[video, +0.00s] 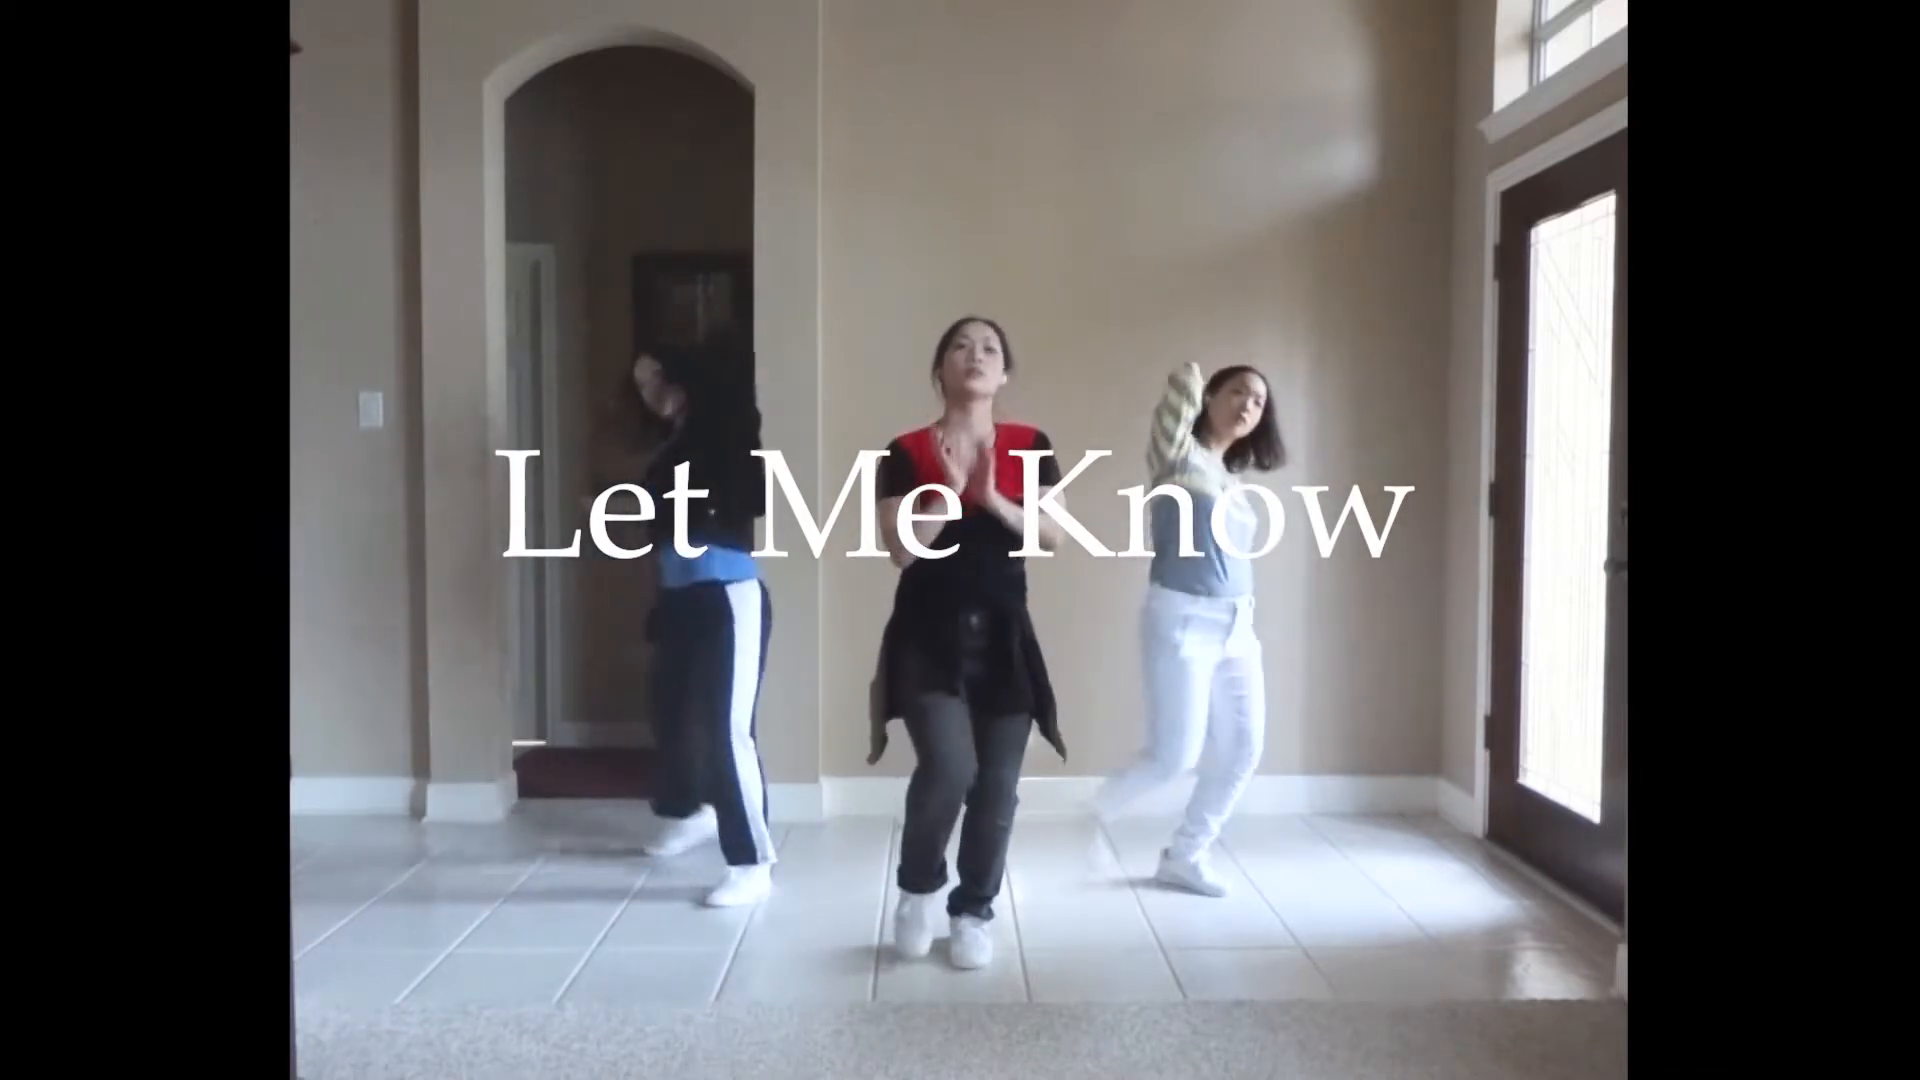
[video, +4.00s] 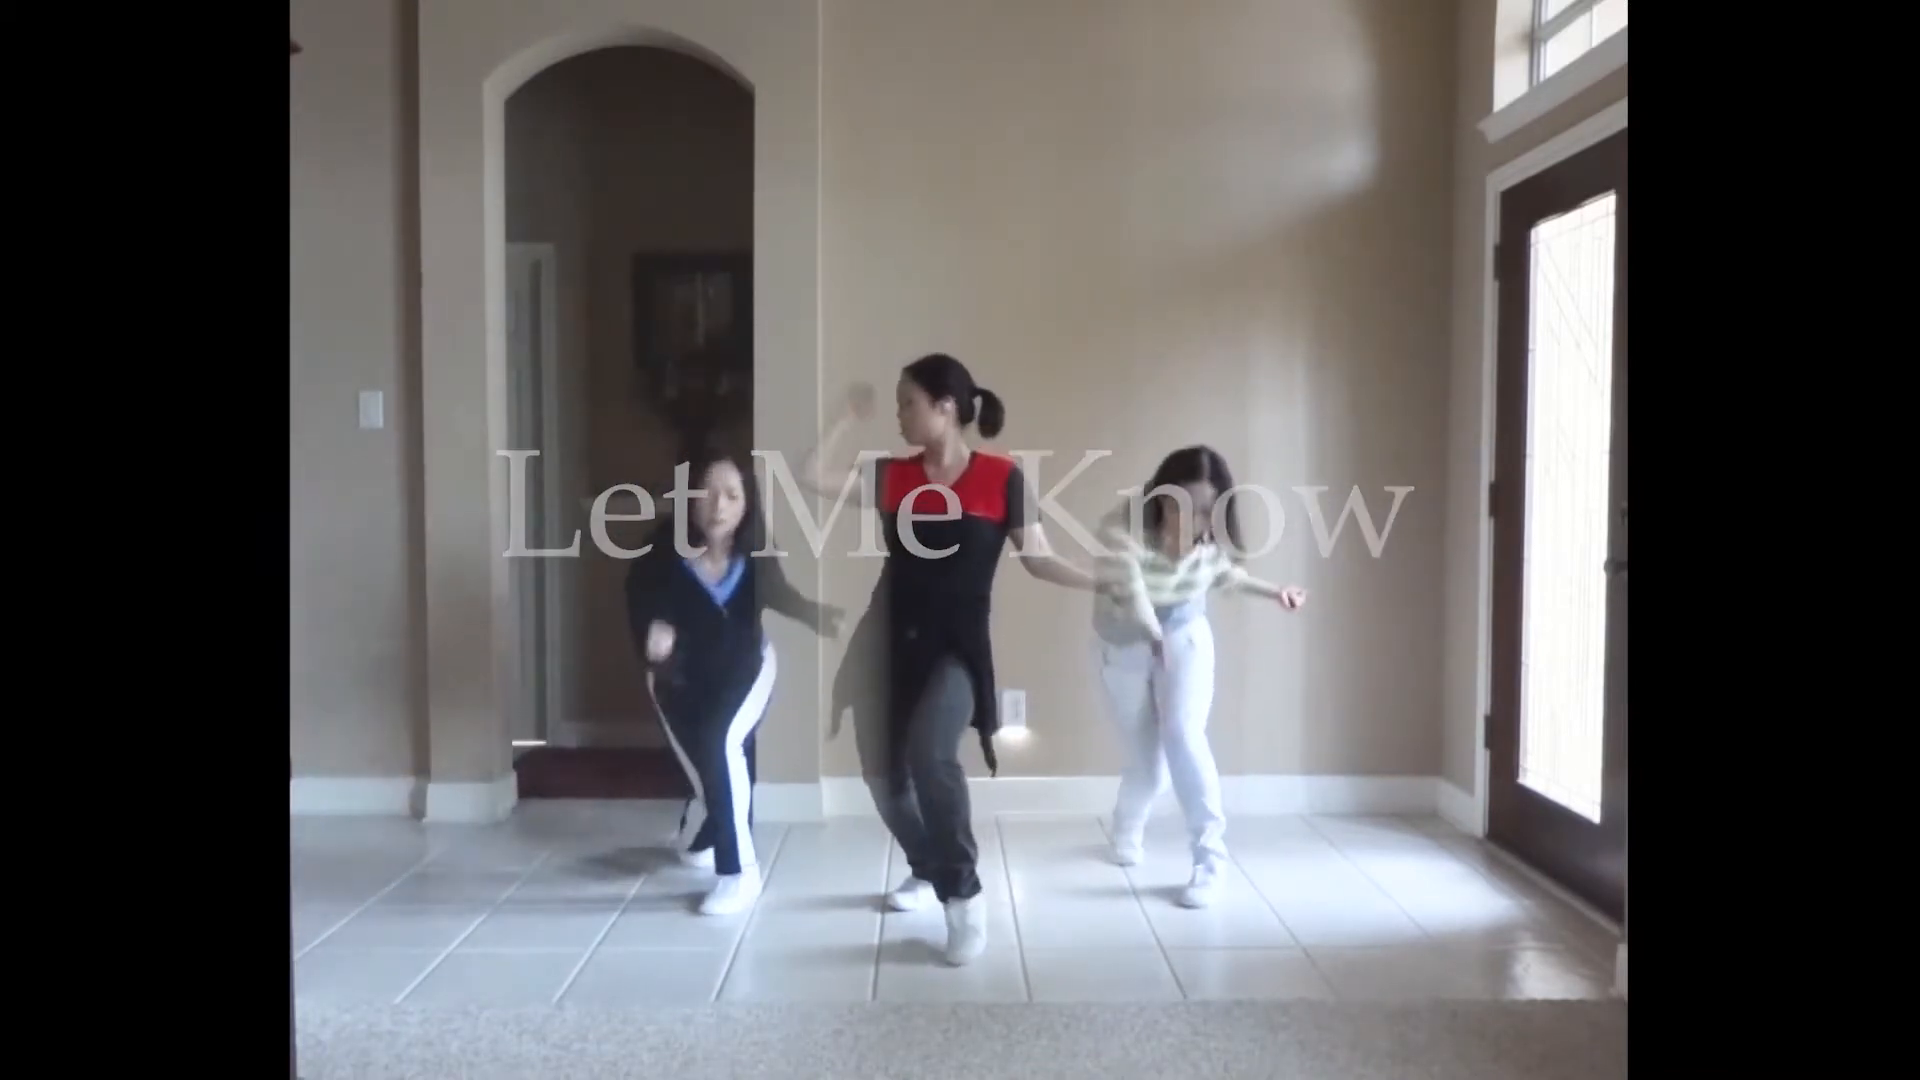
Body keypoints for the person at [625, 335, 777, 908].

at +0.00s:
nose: (651, 397)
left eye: (656, 385)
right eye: (644, 389)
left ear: (682, 380)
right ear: (649, 394)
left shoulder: (723, 432)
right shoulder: (672, 443)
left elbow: (746, 513)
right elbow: (662, 520)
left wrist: (684, 505)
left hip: (730, 592)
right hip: (681, 591)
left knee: (728, 727)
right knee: (672, 707)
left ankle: (752, 864)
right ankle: (685, 812)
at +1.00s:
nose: (714, 388)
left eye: (727, 378)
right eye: (704, 377)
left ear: (746, 388)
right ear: (689, 386)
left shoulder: (770, 453)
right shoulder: (666, 452)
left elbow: (809, 530)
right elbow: (646, 526)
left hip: (767, 610)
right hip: (700, 612)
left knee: (752, 748)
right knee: (704, 747)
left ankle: (749, 871)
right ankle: (670, 861)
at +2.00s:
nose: (739, 370)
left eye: (750, 361)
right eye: (729, 360)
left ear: (766, 376)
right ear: (712, 371)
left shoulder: (766, 450)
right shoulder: (688, 425)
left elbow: (755, 521)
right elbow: (641, 372)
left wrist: (679, 514)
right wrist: (604, 304)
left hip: (752, 586)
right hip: (701, 588)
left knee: (749, 717)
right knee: (712, 714)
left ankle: (769, 857)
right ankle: (736, 834)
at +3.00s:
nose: (725, 411)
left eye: (737, 397)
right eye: (717, 396)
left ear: (757, 405)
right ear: (705, 400)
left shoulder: (766, 458)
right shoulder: (684, 455)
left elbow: (813, 523)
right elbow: (651, 438)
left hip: (744, 597)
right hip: (691, 595)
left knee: (728, 720)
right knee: (704, 718)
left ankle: (729, 854)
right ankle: (741, 831)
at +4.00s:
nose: (719, 505)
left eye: (731, 495)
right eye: (708, 494)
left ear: (746, 504)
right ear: (690, 500)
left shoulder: (754, 556)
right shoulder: (667, 555)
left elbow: (779, 594)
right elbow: (640, 588)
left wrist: (818, 616)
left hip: (744, 665)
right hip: (681, 674)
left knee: (720, 742)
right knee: (711, 770)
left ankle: (738, 872)